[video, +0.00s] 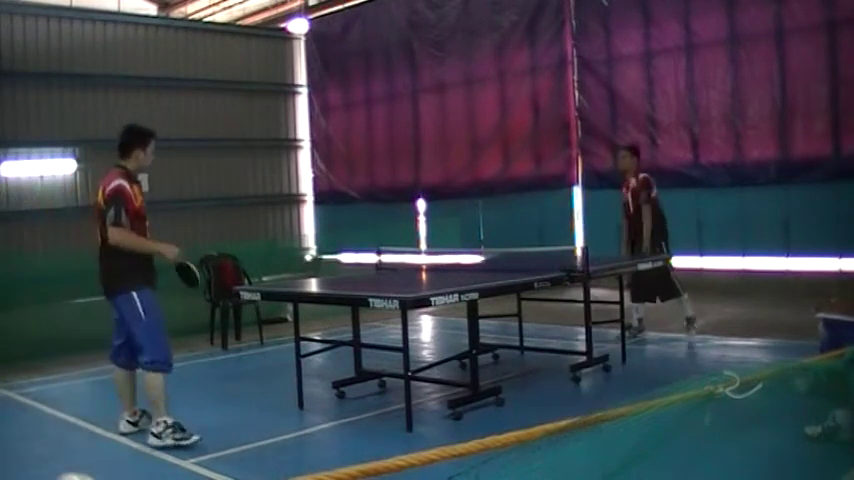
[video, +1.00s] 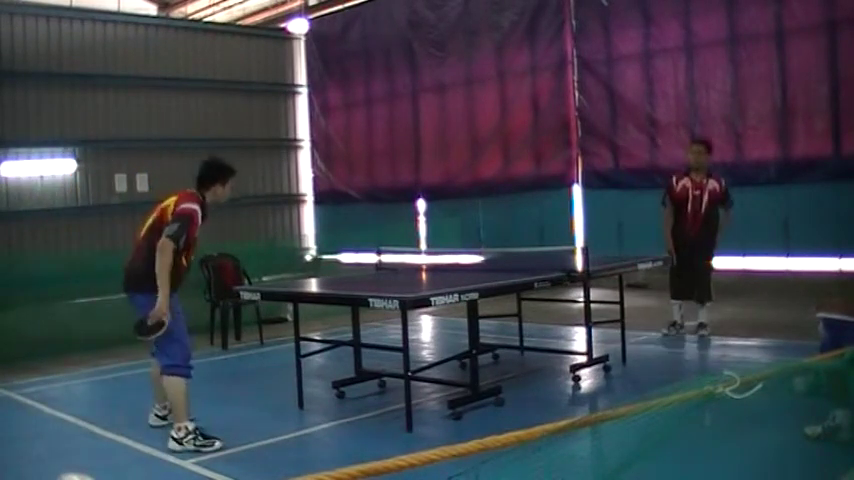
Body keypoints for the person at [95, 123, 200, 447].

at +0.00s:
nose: (152, 158)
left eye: (152, 152)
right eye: (150, 152)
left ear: (132, 151)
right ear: (137, 152)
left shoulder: (122, 182)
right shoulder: (119, 186)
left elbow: (127, 233)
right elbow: (115, 234)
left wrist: (158, 251)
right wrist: (160, 248)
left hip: (127, 280)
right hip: (129, 282)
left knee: (127, 349)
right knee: (154, 350)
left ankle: (130, 415)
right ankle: (162, 425)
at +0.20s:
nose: (170, 160)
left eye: (170, 154)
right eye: (168, 154)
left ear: (148, 154)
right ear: (156, 154)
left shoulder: (139, 185)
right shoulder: (138, 190)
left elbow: (144, 233)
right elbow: (133, 239)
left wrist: (181, 230)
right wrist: (177, 231)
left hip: (142, 287)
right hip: (149, 289)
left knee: (139, 352)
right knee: (173, 358)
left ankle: (131, 416)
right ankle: (181, 431)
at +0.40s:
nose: (193, 161)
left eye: (193, 155)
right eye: (192, 155)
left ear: (166, 154)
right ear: (179, 156)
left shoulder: (148, 182)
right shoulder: (164, 192)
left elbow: (127, 223)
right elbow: (162, 242)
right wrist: (204, 247)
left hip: (145, 283)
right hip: (162, 286)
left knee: (159, 344)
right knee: (186, 353)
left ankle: (140, 402)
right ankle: (183, 430)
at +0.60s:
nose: (211, 169)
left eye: (210, 162)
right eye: (208, 162)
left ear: (186, 161)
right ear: (196, 163)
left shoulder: (165, 184)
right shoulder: (180, 198)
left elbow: (137, 209)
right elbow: (176, 250)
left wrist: (148, 248)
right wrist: (206, 294)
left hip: (145, 283)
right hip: (162, 286)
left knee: (162, 347)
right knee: (187, 352)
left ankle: (159, 408)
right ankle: (183, 431)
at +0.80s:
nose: (223, 182)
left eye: (223, 175)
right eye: (221, 176)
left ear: (199, 173)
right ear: (208, 176)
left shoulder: (178, 195)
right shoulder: (185, 204)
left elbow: (158, 244)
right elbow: (168, 249)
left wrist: (168, 294)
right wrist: (170, 303)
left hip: (146, 286)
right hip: (154, 289)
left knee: (164, 347)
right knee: (182, 353)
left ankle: (162, 409)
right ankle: (183, 430)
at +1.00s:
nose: (229, 192)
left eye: (229, 186)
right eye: (227, 186)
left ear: (207, 182)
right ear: (215, 185)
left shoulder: (183, 201)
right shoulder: (190, 208)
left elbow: (157, 246)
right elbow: (164, 247)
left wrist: (161, 295)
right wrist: (163, 299)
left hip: (144, 286)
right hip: (151, 288)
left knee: (163, 349)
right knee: (176, 355)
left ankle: (163, 408)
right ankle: (182, 430)